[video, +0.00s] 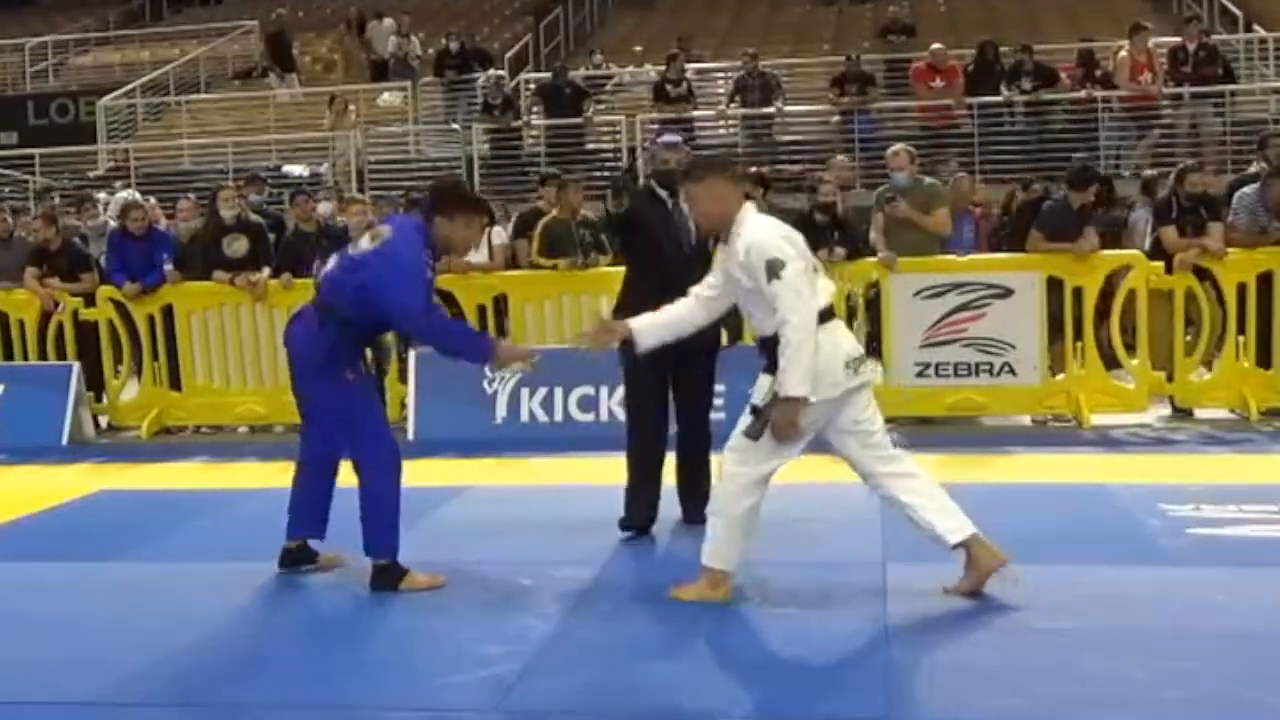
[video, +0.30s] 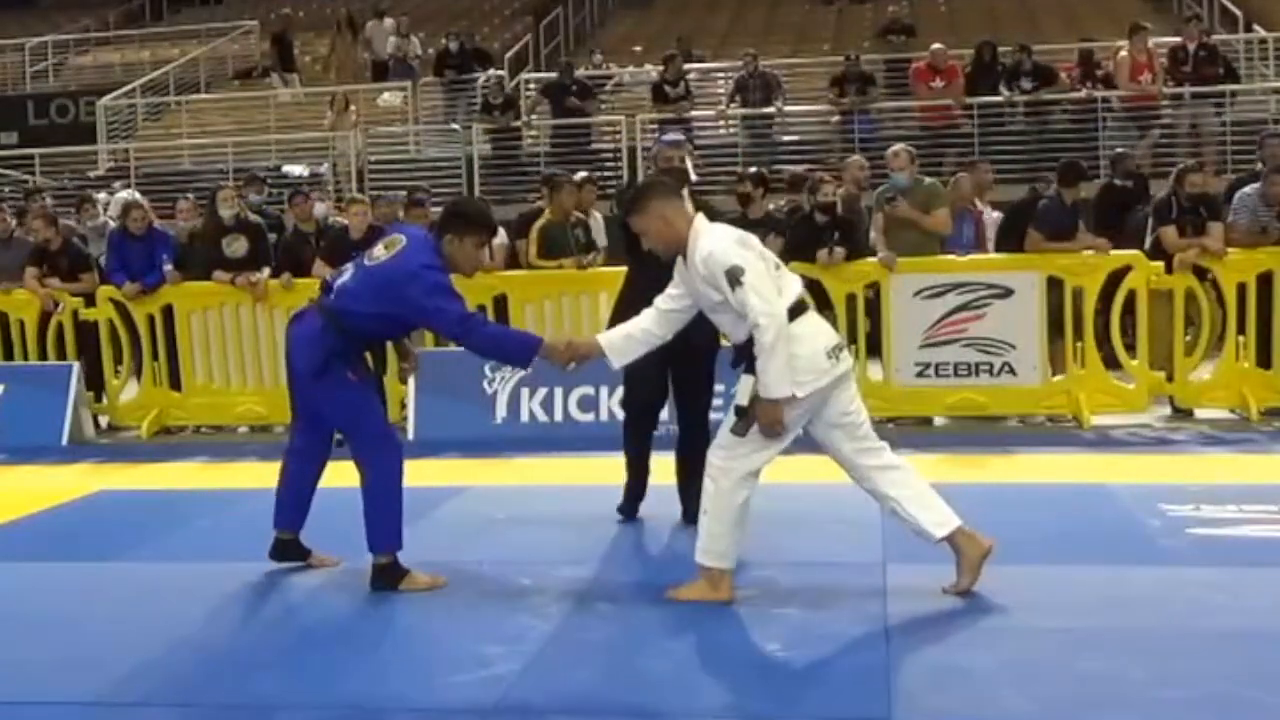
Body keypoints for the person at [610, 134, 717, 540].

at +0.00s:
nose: (669, 163)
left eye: (677, 155)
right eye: (662, 156)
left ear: (689, 161)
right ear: (650, 162)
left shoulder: (706, 205)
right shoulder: (636, 208)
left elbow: (726, 260)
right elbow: (626, 251)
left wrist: (728, 316)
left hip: (698, 320)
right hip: (645, 319)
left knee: (695, 422)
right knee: (646, 424)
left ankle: (695, 508)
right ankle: (639, 516)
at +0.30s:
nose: (673, 166)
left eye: (680, 159)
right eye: (666, 159)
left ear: (690, 163)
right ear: (652, 162)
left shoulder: (702, 207)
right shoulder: (632, 203)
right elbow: (628, 255)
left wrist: (723, 323)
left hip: (697, 317)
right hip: (643, 312)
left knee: (695, 418)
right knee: (639, 411)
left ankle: (693, 503)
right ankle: (634, 487)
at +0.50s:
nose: (659, 169)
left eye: (666, 162)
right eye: (651, 162)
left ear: (678, 165)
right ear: (640, 165)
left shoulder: (689, 203)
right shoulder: (627, 204)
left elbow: (714, 267)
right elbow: (618, 209)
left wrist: (726, 329)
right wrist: (640, 177)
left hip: (690, 316)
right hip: (637, 315)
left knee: (692, 417)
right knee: (640, 410)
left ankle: (694, 502)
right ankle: (641, 482)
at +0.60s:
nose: (650, 169)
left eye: (656, 162)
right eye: (643, 163)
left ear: (668, 165)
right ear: (631, 167)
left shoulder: (688, 202)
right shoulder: (622, 204)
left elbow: (707, 252)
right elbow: (614, 216)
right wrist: (618, 194)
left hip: (689, 321)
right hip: (636, 323)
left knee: (689, 416)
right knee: (639, 415)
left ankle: (692, 496)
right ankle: (643, 490)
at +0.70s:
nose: (644, 168)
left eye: (650, 161)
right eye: (637, 162)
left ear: (662, 166)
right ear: (624, 169)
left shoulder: (681, 208)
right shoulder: (617, 209)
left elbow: (697, 269)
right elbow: (608, 229)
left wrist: (711, 322)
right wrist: (611, 203)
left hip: (682, 326)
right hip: (633, 328)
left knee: (686, 417)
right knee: (638, 416)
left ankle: (694, 502)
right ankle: (641, 495)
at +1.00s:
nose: (634, 168)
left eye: (639, 162)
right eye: (626, 163)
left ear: (650, 165)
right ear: (615, 169)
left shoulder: (675, 205)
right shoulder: (601, 215)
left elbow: (696, 265)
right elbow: (593, 278)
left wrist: (708, 317)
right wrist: (591, 336)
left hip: (679, 325)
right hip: (629, 329)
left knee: (690, 408)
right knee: (635, 414)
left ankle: (698, 486)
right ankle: (641, 492)